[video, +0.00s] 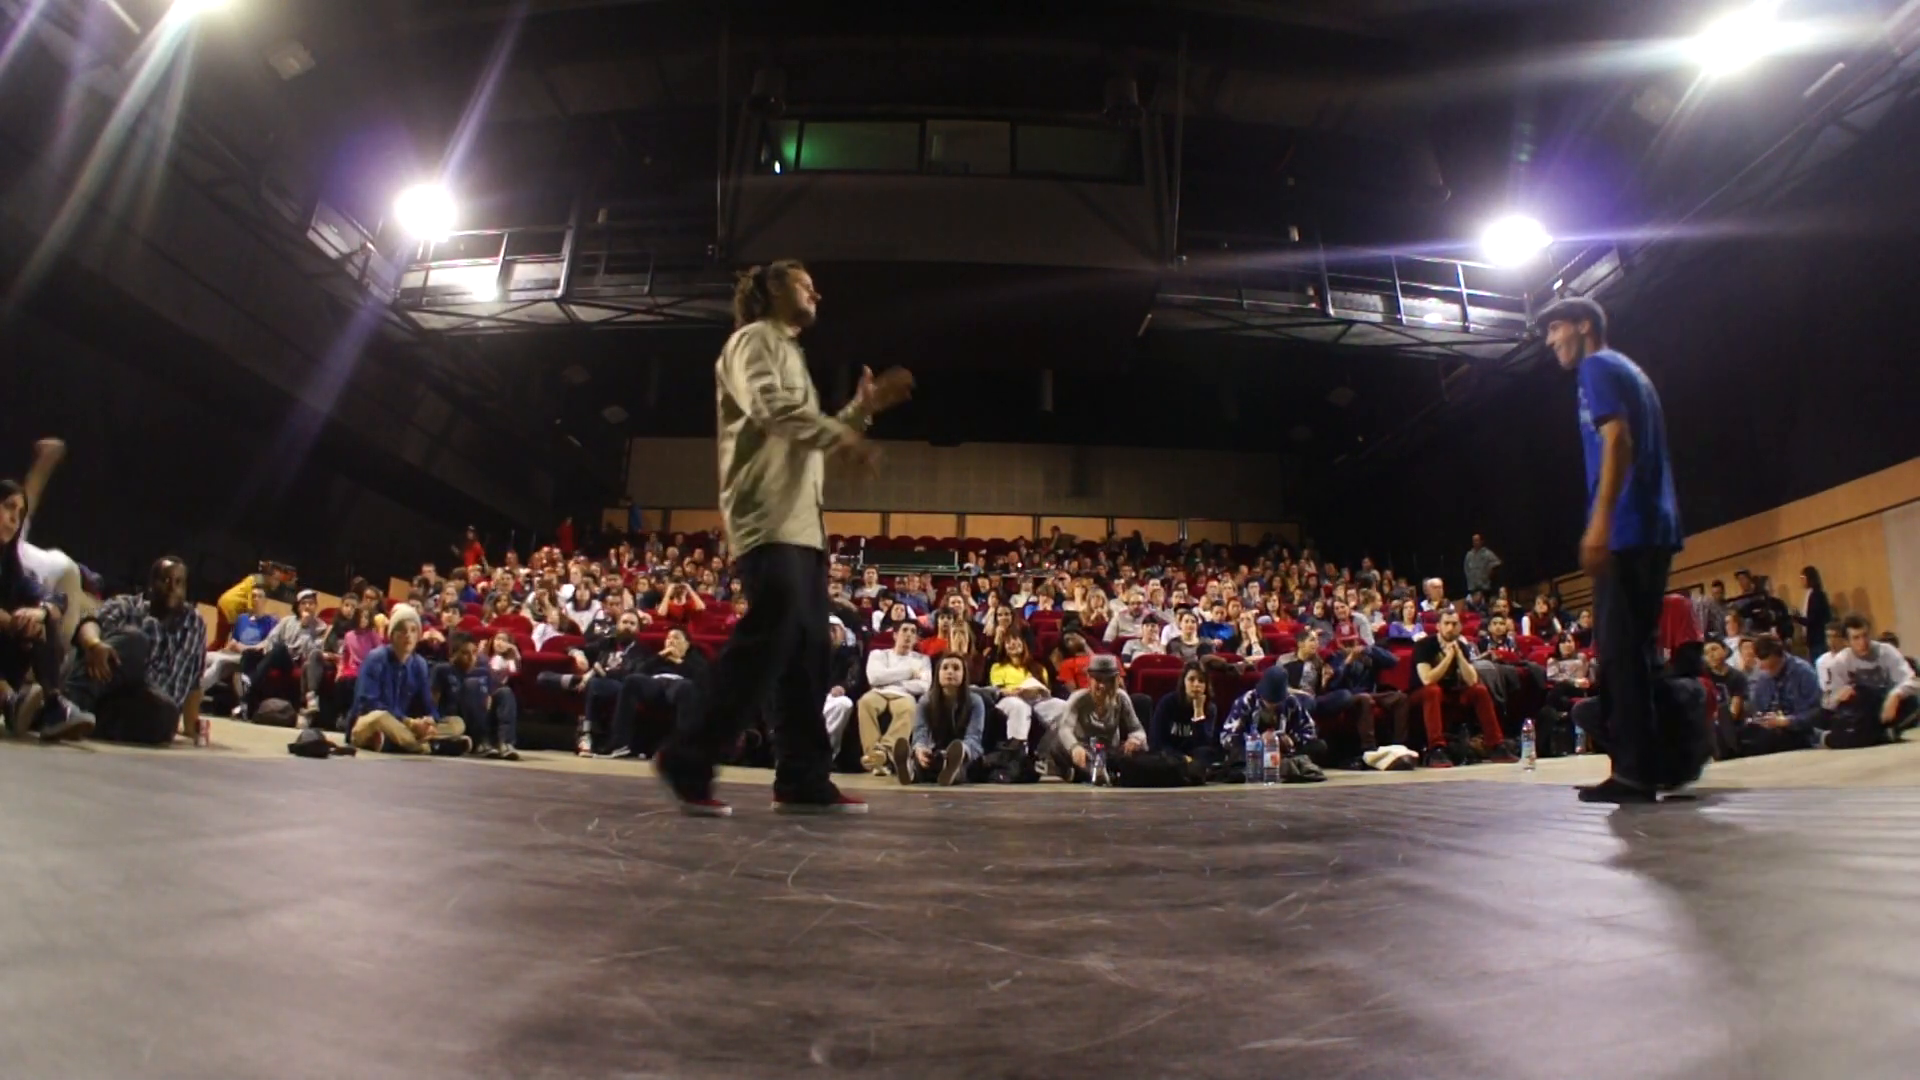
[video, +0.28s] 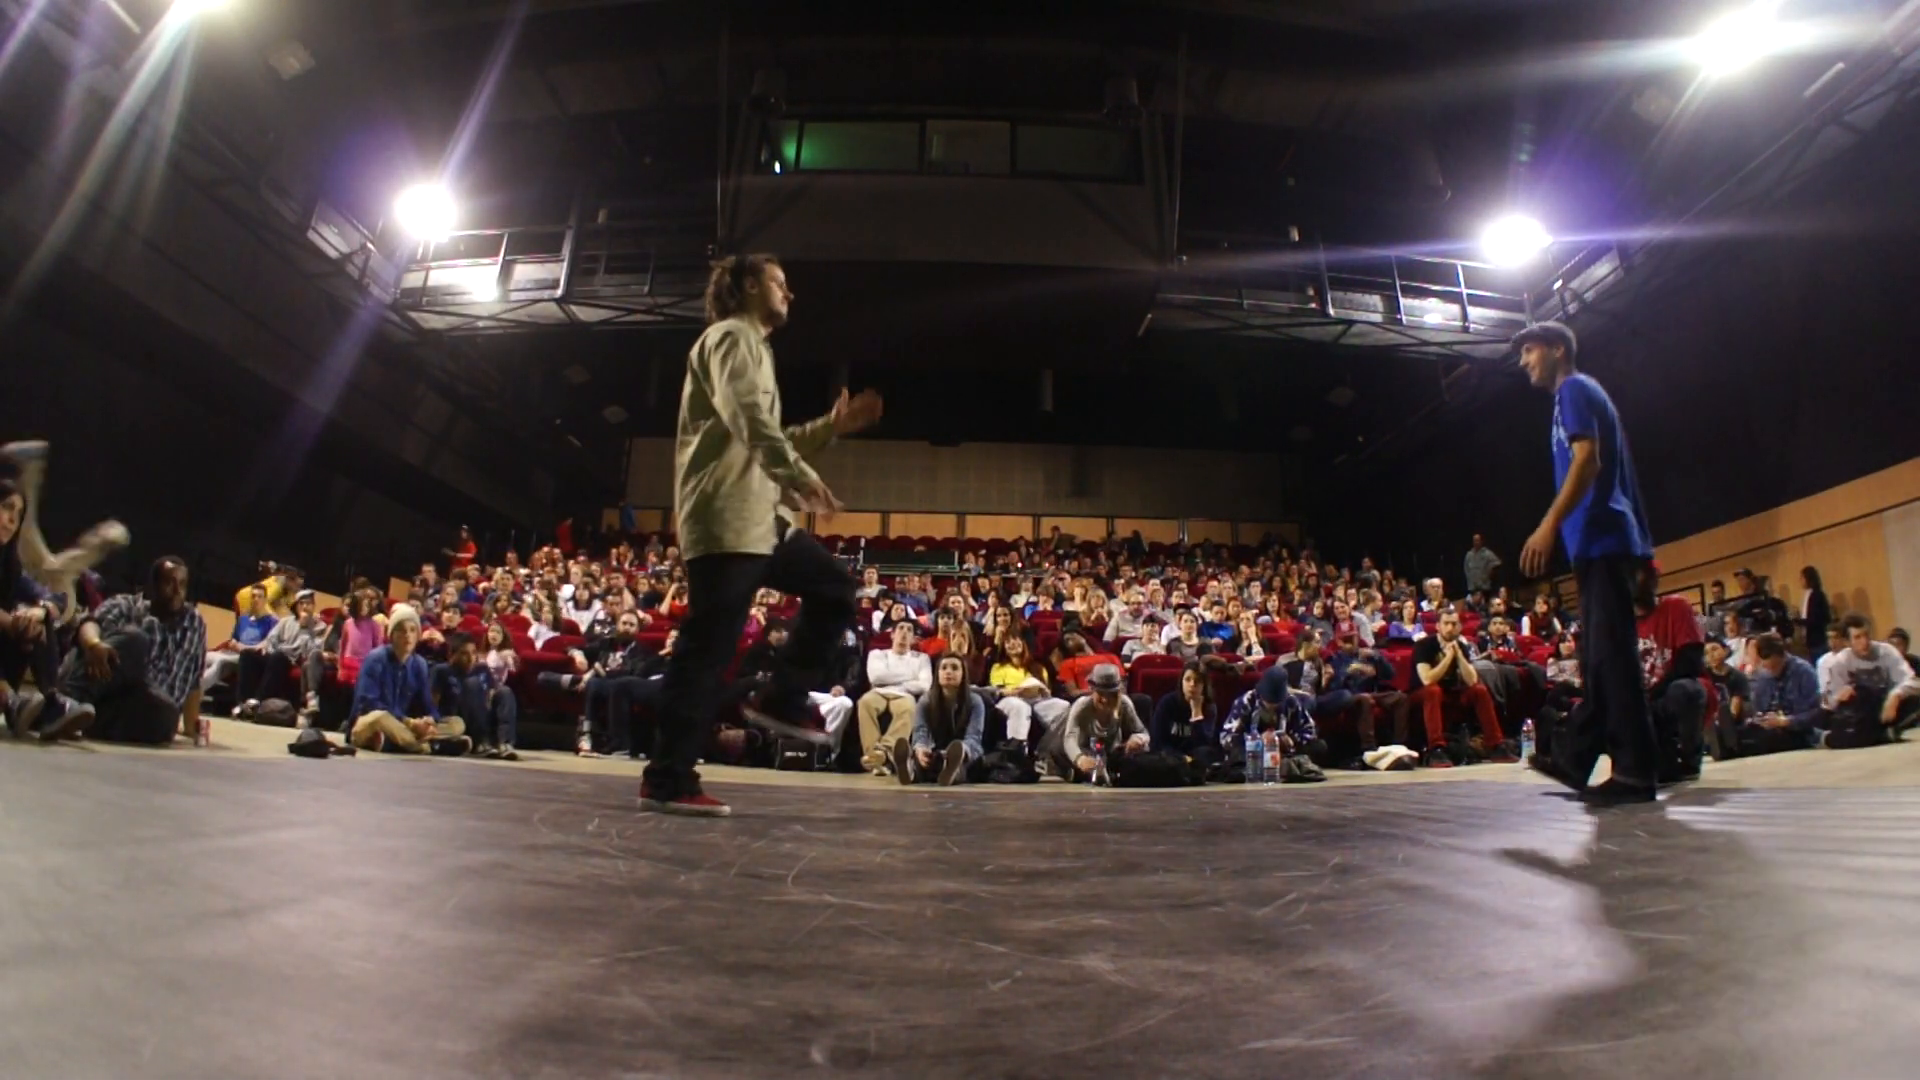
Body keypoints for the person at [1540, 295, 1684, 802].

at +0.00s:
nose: (1551, 341)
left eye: (1556, 330)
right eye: (1548, 333)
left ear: (1586, 327)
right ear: (1588, 332)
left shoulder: (1597, 367)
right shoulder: (1624, 369)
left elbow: (1617, 439)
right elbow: (1638, 450)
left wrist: (1599, 522)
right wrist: (1622, 522)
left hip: (1627, 531)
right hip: (1650, 530)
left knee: (1619, 650)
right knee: (1632, 649)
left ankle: (1632, 772)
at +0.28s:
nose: (1523, 361)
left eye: (1529, 351)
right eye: (1522, 355)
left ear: (1558, 350)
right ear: (1553, 354)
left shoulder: (1574, 388)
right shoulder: (1578, 394)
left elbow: (1587, 460)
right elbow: (1604, 472)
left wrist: (1547, 527)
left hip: (1604, 542)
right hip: (1603, 543)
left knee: (1612, 654)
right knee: (1598, 655)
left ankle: (1635, 774)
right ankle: (1574, 761)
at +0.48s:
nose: (1509, 377)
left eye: (1515, 367)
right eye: (1506, 372)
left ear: (1542, 366)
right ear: (1516, 379)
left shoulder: (1570, 402)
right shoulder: (1538, 430)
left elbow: (1590, 474)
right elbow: (1556, 496)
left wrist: (1562, 540)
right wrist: (1559, 562)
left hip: (1594, 552)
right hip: (1569, 559)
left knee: (1603, 660)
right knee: (1569, 665)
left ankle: (1636, 771)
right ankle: (1569, 767)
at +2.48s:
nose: (1530, 379)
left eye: (1537, 370)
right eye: (1526, 375)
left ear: (1563, 372)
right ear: (1528, 385)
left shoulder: (1594, 411)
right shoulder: (1536, 442)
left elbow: (1614, 479)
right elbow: (1539, 507)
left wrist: (1613, 548)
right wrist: (1533, 568)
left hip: (1595, 566)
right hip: (1554, 574)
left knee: (1624, 669)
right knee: (1560, 674)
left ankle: (1645, 763)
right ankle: (1568, 766)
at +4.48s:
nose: (1548, 367)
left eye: (1555, 358)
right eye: (1545, 362)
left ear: (1583, 359)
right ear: (1547, 372)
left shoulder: (1615, 399)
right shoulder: (1559, 429)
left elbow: (1642, 466)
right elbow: (1566, 493)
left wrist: (1650, 539)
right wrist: (1556, 551)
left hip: (1626, 554)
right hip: (1584, 561)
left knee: (1641, 662)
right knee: (1580, 665)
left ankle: (1649, 764)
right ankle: (1568, 768)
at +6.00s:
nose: (1584, 353)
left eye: (1591, 344)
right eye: (1581, 348)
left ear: (1620, 345)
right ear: (1585, 358)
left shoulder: (1652, 384)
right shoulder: (1592, 417)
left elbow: (1679, 452)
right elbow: (1600, 485)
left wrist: (1676, 523)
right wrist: (1591, 548)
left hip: (1659, 545)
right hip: (1617, 554)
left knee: (1675, 656)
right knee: (1619, 661)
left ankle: (1692, 763)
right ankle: (1623, 764)